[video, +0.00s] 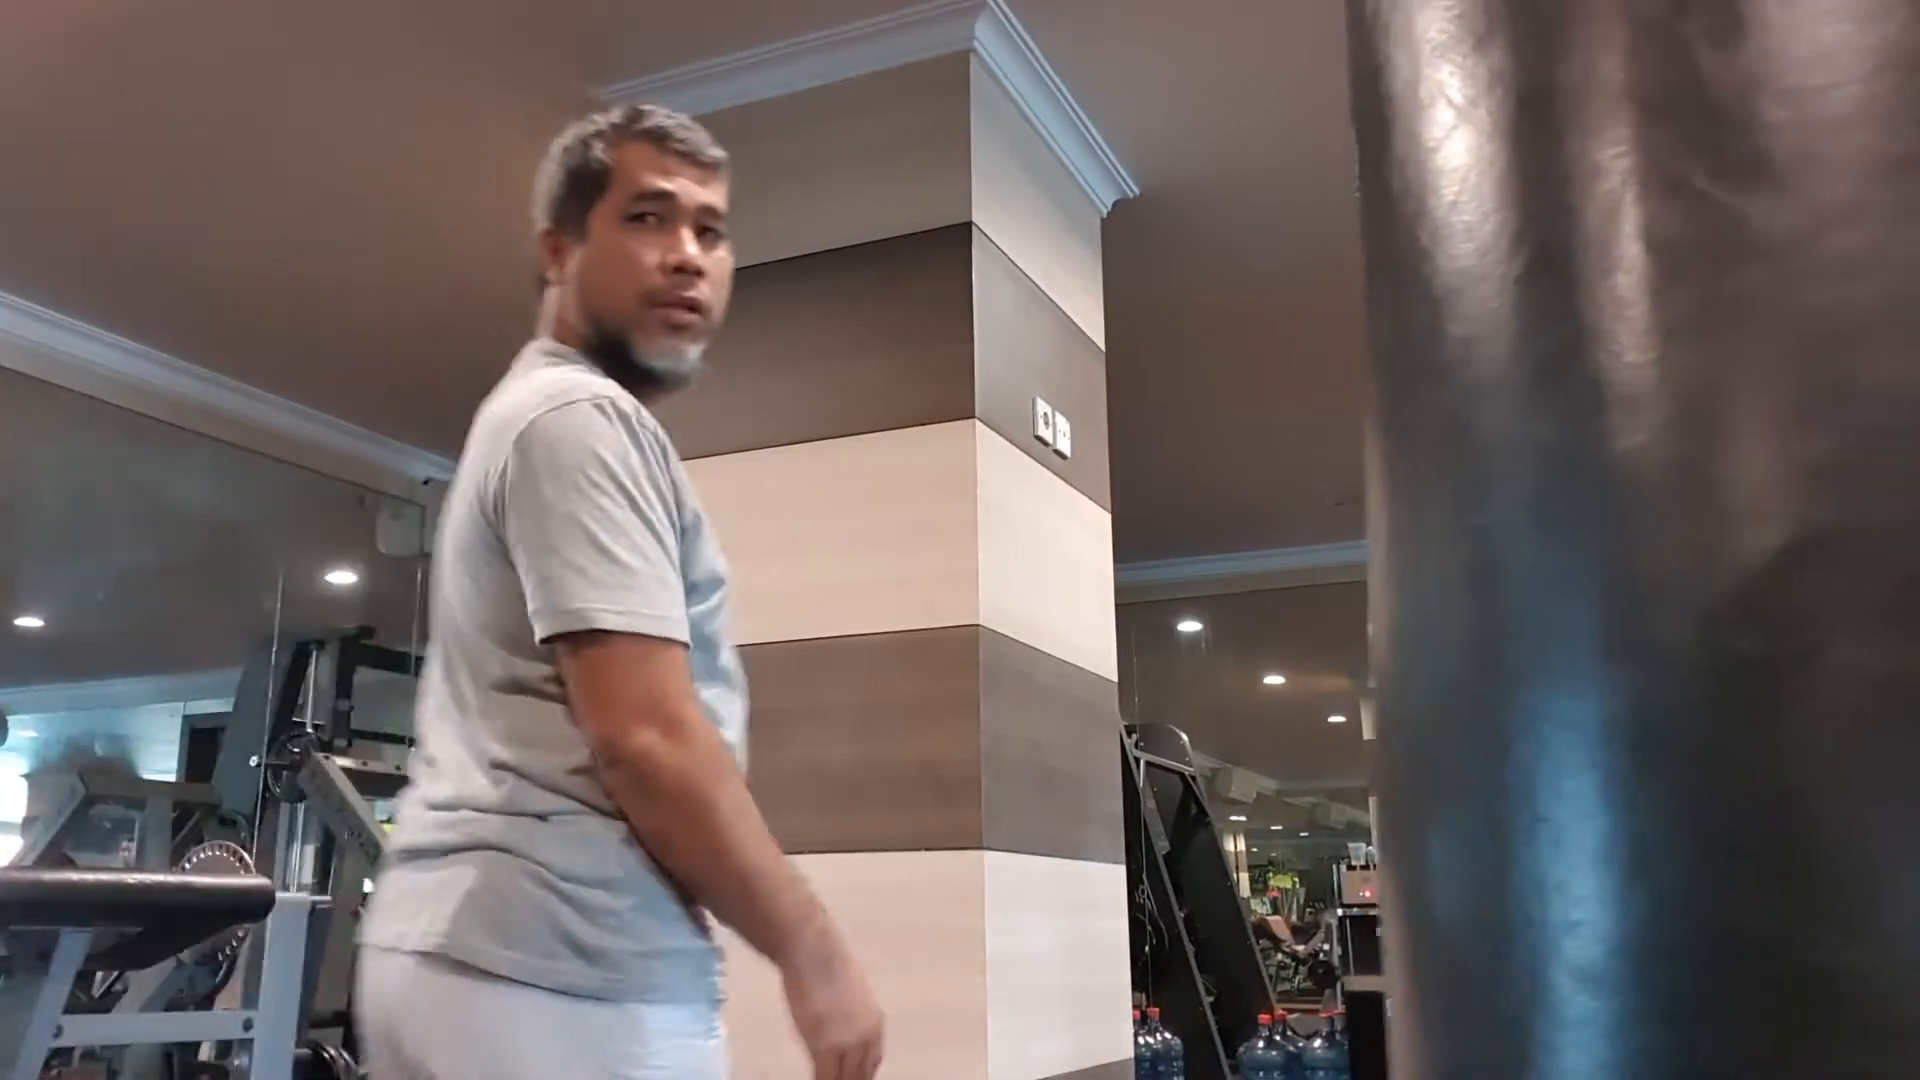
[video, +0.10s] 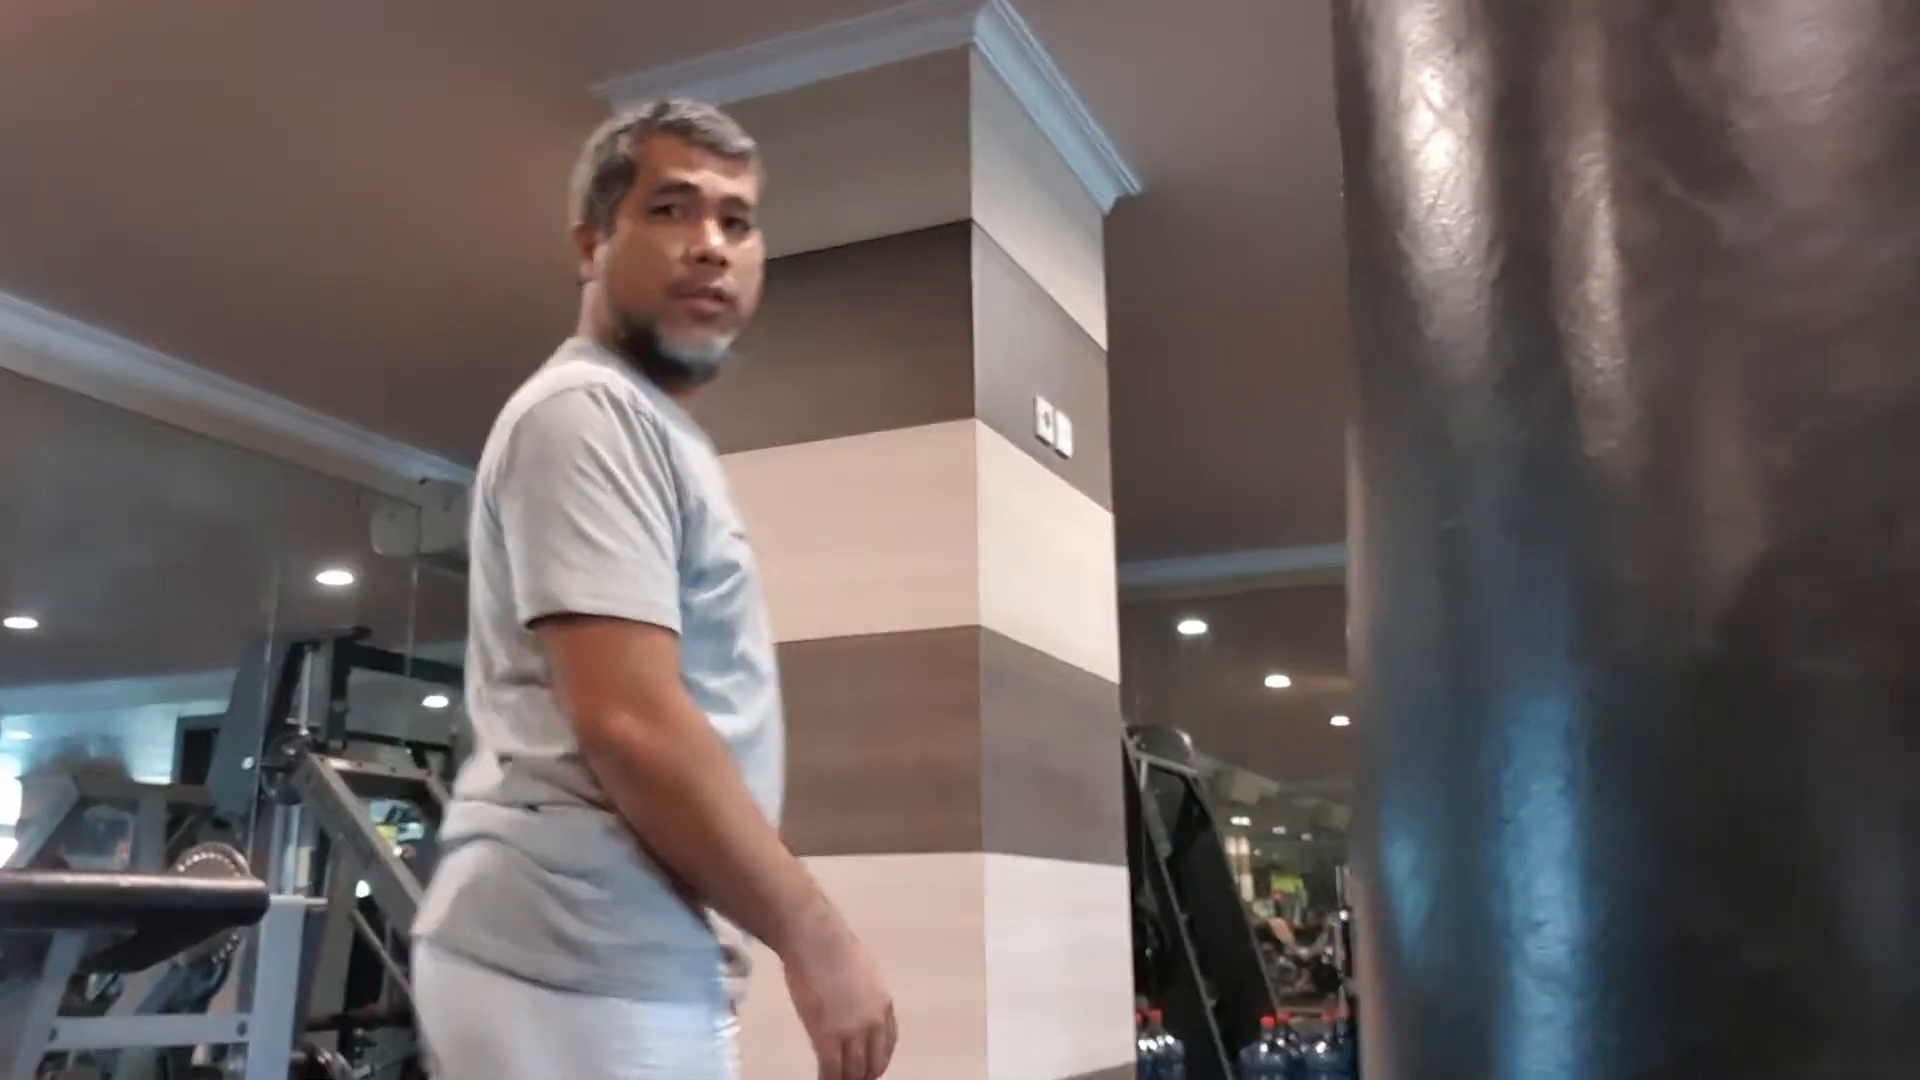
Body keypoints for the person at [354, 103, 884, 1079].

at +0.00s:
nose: (690, 258)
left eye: (710, 230)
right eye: (648, 219)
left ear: (729, 260)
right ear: (560, 249)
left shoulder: (534, 410)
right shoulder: (578, 419)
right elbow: (645, 742)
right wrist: (815, 956)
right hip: (561, 982)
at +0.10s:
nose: (711, 248)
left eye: (736, 221)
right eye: (671, 211)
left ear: (760, 254)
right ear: (593, 242)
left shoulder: (647, 426)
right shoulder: (582, 414)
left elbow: (640, 717)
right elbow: (628, 722)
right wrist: (816, 940)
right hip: (573, 959)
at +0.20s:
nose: (735, 242)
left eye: (764, 218)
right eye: (696, 209)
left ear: (792, 253)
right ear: (628, 243)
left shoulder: (724, 442)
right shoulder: (591, 409)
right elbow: (597, 700)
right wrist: (774, 946)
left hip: (705, 960)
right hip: (594, 964)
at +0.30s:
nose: (762, 244)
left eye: (793, 220)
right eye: (726, 213)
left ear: (826, 262)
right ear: (664, 252)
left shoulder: (809, 471)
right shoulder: (605, 415)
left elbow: (795, 713)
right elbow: (563, 683)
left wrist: (866, 904)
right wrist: (679, 962)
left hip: (786, 973)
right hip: (609, 961)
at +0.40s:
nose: (790, 258)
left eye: (822, 235)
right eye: (757, 228)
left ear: (864, 280)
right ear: (700, 267)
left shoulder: (866, 484)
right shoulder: (626, 433)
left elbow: (887, 718)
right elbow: (546, 692)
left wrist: (979, 915)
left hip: (838, 974)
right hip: (673, 974)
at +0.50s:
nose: (816, 270)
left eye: (849, 247)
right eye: (784, 242)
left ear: (894, 296)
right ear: (729, 287)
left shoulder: (918, 503)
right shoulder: (647, 452)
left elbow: (966, 737)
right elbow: (534, 699)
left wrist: (1085, 917)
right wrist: (451, 954)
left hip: (876, 971)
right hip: (693, 953)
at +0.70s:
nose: (846, 239)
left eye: (882, 216)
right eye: (814, 213)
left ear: (933, 266)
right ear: (770, 260)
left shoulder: (1006, 474)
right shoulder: (675, 452)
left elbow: (1078, 683)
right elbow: (577, 710)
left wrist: (1164, 808)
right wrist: (486, 968)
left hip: (939, 960)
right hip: (722, 937)